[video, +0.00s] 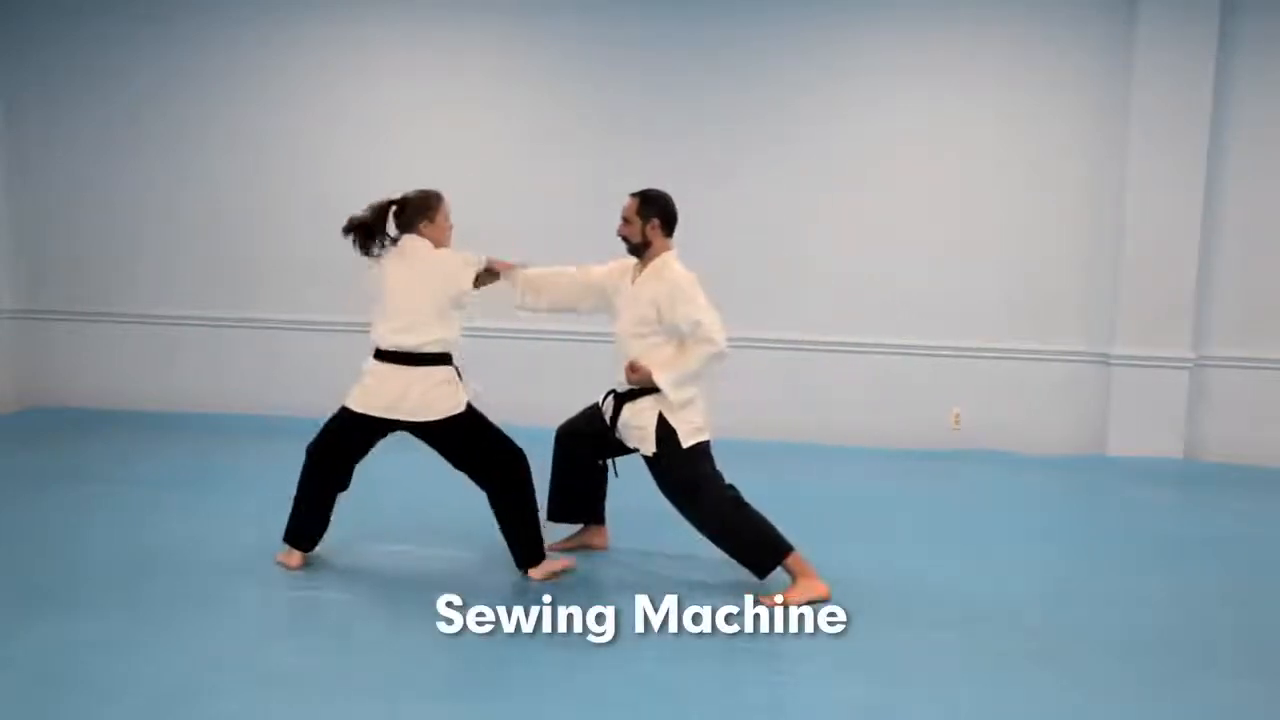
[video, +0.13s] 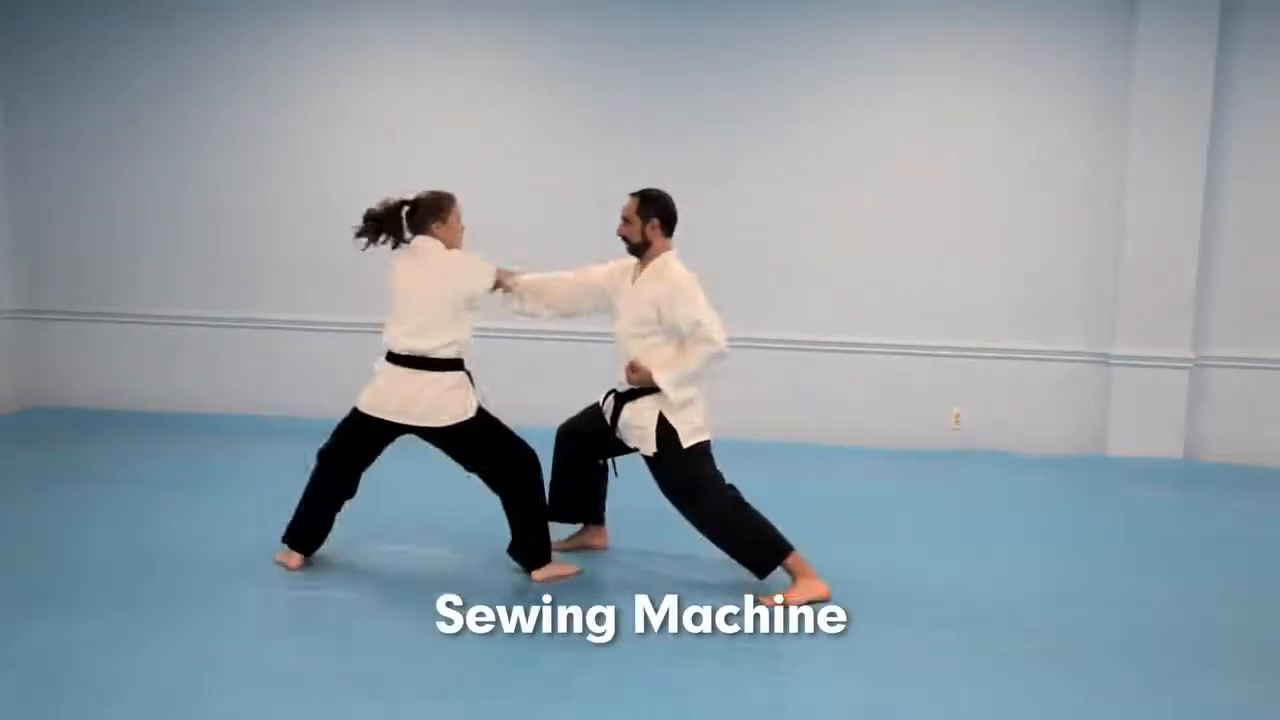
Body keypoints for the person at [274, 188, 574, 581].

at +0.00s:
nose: (450, 226)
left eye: (448, 218)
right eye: (446, 220)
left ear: (407, 225)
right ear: (428, 225)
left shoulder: (389, 259)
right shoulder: (451, 264)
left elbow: (444, 275)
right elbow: (485, 276)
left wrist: (488, 269)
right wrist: (501, 270)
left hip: (376, 394)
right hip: (434, 399)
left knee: (325, 455)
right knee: (506, 462)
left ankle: (296, 549)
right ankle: (535, 562)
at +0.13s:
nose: (463, 228)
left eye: (461, 220)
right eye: (458, 221)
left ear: (422, 226)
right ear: (439, 226)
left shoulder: (401, 261)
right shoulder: (467, 267)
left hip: (387, 397)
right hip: (445, 404)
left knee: (336, 463)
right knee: (519, 465)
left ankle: (295, 550)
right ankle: (539, 562)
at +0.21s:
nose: (478, 226)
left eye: (476, 218)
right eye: (473, 218)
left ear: (437, 224)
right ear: (454, 223)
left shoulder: (417, 258)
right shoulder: (489, 264)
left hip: (403, 395)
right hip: (460, 403)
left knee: (351, 469)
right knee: (530, 467)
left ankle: (300, 550)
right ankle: (542, 563)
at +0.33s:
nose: (500, 217)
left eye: (498, 209)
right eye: (495, 211)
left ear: (459, 217)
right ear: (477, 216)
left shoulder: (432, 257)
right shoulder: (506, 254)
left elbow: (421, 306)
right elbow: (562, 250)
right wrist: (614, 235)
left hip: (426, 384)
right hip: (483, 388)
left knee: (379, 463)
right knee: (541, 467)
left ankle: (332, 548)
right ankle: (546, 563)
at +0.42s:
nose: (508, 214)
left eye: (505, 206)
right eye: (503, 207)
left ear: (466, 213)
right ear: (486, 213)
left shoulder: (440, 257)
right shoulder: (517, 249)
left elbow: (420, 292)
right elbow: (571, 251)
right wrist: (619, 236)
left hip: (433, 380)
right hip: (490, 385)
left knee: (395, 455)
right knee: (542, 466)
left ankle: (369, 545)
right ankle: (549, 562)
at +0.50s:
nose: (509, 212)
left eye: (507, 204)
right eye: (505, 206)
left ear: (463, 210)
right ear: (491, 210)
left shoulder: (437, 250)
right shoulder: (515, 248)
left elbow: (421, 289)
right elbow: (571, 252)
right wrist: (617, 236)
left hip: (435, 376)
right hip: (492, 378)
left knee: (410, 454)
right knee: (538, 465)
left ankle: (400, 544)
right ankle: (549, 562)